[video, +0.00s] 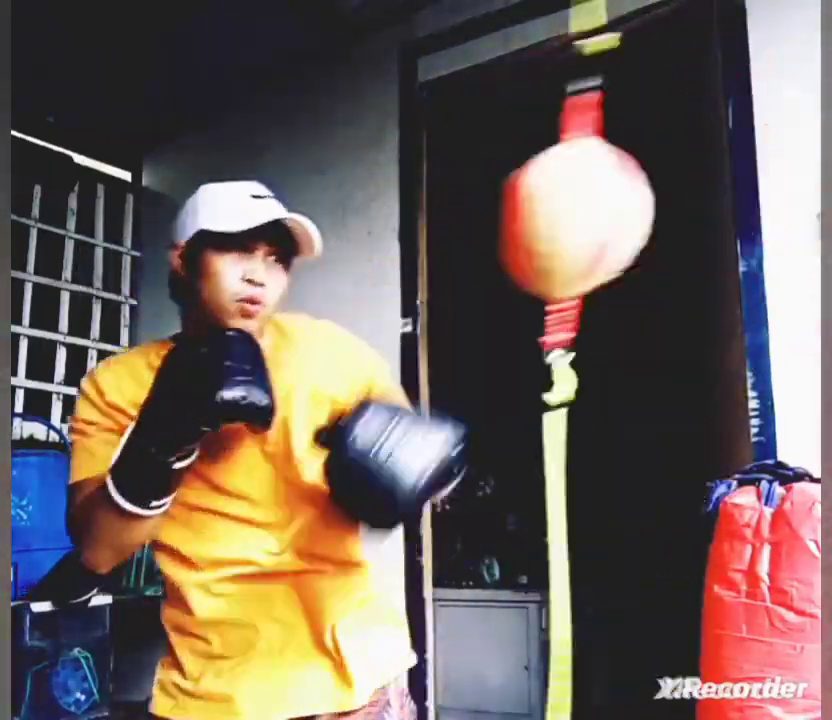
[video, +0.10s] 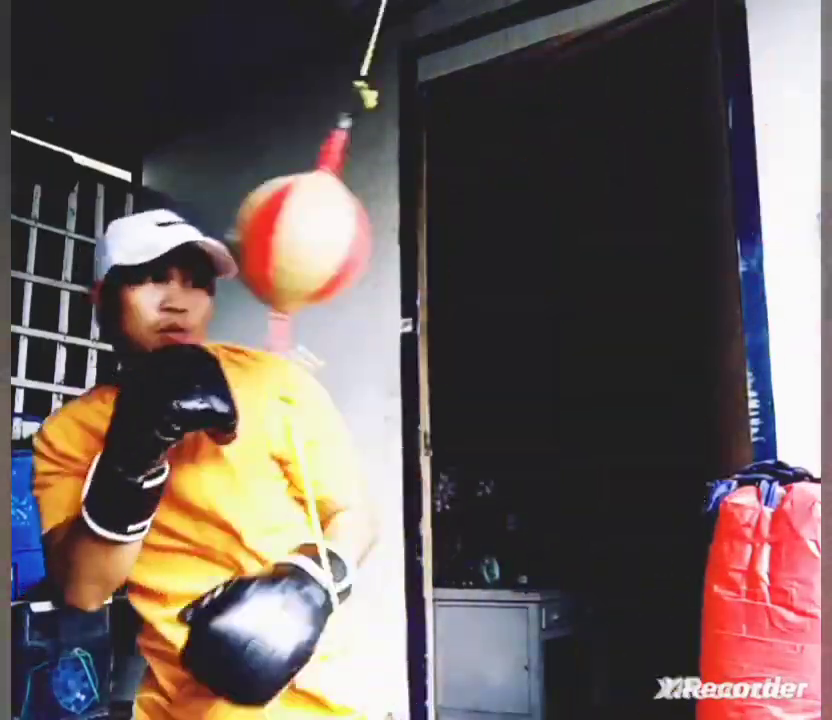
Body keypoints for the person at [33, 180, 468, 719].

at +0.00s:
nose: (258, 270)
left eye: (273, 255)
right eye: (234, 248)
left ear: (287, 273)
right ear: (183, 262)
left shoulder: (336, 355)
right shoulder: (120, 385)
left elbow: (420, 465)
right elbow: (99, 550)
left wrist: (408, 463)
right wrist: (164, 439)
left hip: (360, 684)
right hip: (213, 687)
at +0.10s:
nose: (177, 299)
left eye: (194, 281)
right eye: (152, 279)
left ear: (211, 298)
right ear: (106, 301)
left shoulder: (281, 384)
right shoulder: (71, 433)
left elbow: (355, 513)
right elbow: (85, 591)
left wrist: (309, 584)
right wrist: (135, 457)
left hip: (321, 692)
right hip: (183, 700)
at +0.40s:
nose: (183, 306)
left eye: (198, 287)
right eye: (159, 283)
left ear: (211, 303)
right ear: (107, 303)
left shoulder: (281, 393)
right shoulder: (60, 436)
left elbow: (345, 521)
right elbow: (86, 595)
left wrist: (278, 601)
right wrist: (139, 473)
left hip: (295, 697)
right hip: (154, 703)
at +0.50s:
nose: (271, 280)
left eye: (278, 264)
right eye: (247, 260)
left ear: (290, 273)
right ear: (187, 275)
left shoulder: (324, 390)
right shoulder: (111, 376)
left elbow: (355, 517)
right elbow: (131, 511)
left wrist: (321, 568)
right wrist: (231, 391)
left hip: (306, 696)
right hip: (164, 692)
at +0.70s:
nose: (374, 307)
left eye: (378, 292)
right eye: (357, 281)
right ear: (294, 279)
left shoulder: (351, 435)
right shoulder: (201, 330)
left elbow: (347, 552)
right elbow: (245, 412)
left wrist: (340, 609)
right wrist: (415, 347)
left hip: (302, 690)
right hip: (176, 685)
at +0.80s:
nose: (422, 344)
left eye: (423, 329)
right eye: (408, 318)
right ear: (348, 310)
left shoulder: (359, 454)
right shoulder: (214, 368)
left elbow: (342, 589)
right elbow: (144, 522)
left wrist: (337, 645)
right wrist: (313, 486)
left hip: (269, 703)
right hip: (154, 694)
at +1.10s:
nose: (388, 341)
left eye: (400, 323)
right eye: (375, 314)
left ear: (408, 334)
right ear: (315, 303)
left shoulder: (362, 457)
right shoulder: (173, 373)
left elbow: (338, 575)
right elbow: (110, 529)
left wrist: (323, 633)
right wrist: (270, 461)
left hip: (270, 702)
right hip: (139, 699)